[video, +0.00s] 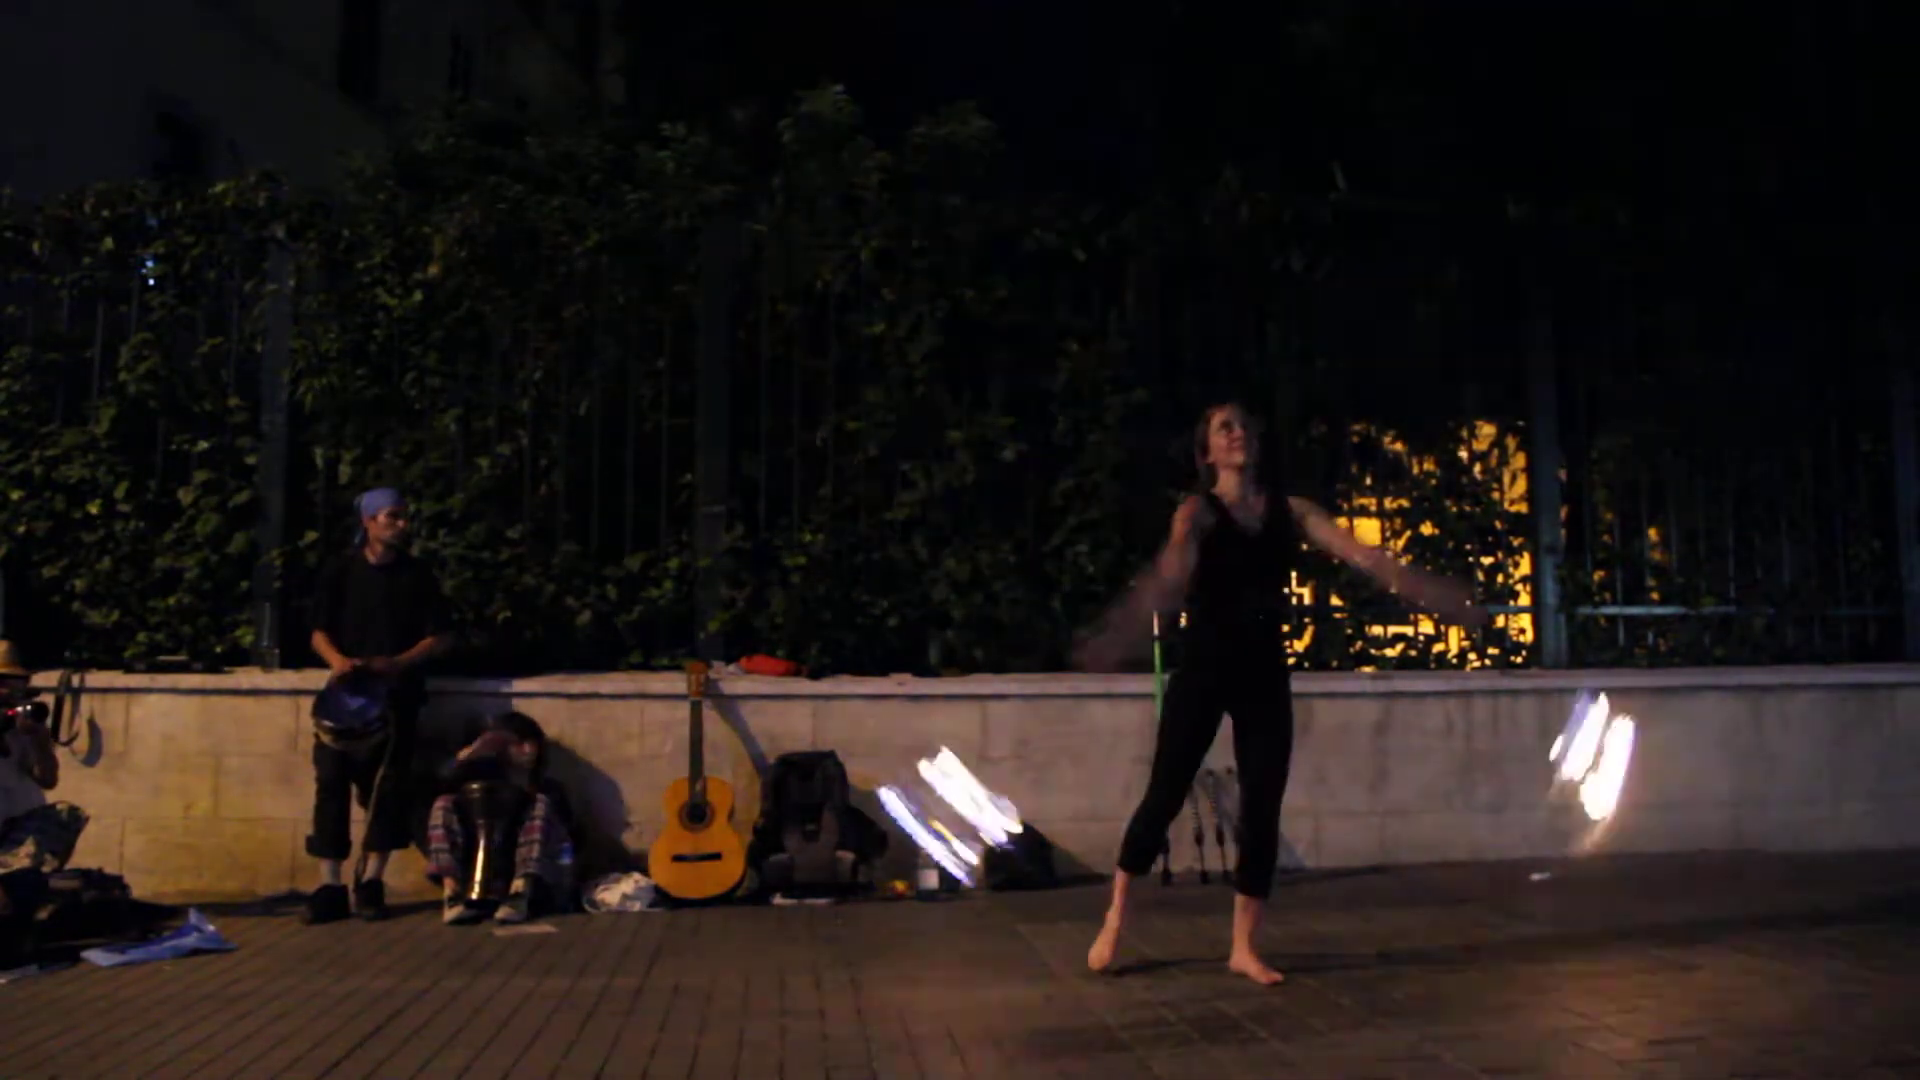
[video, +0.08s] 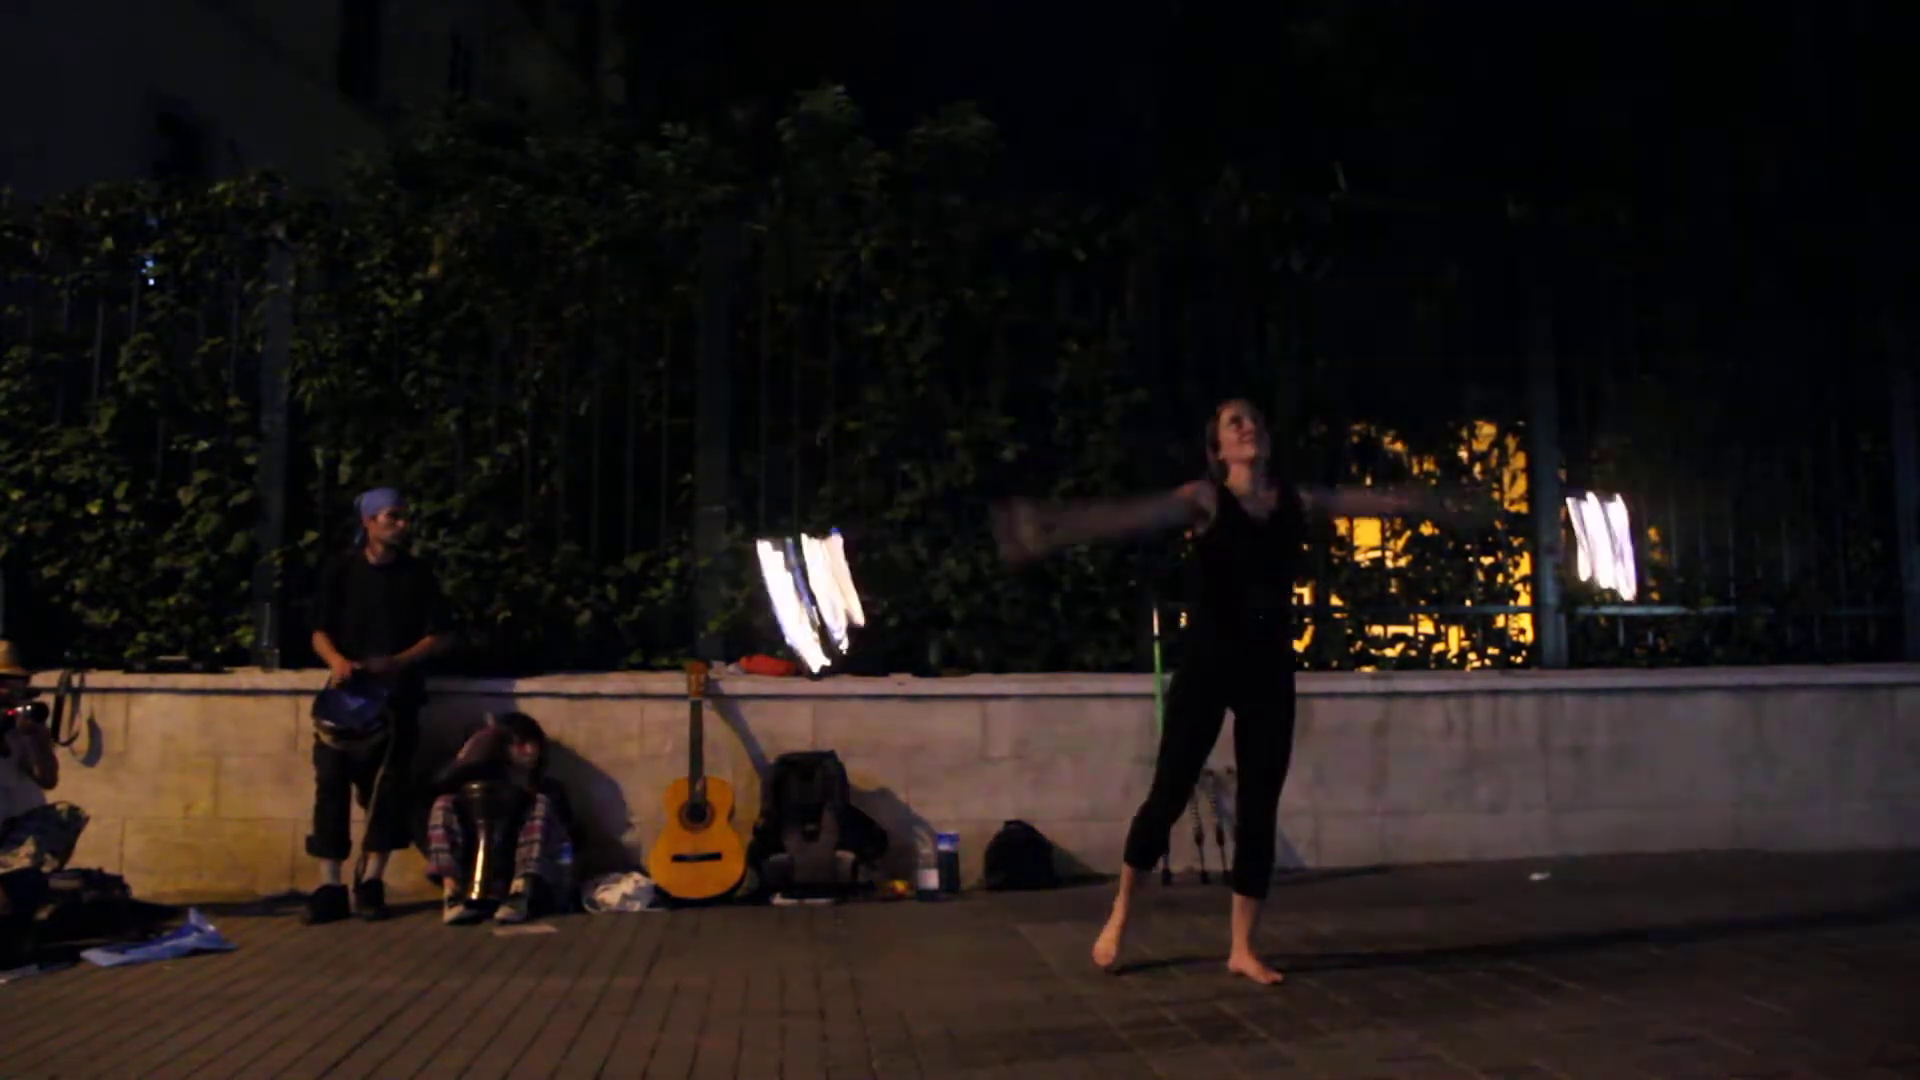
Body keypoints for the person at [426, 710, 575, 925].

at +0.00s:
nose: (527, 751)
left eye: (531, 744)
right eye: (518, 744)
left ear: (539, 749)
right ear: (498, 746)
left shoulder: (547, 786)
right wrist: (470, 754)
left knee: (541, 804)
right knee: (443, 804)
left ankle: (521, 893)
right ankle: (451, 893)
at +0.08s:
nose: (529, 751)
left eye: (534, 745)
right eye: (521, 744)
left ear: (541, 750)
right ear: (503, 748)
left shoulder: (546, 786)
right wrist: (463, 761)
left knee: (541, 804)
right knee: (443, 804)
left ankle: (520, 893)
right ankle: (451, 893)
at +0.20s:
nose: (532, 755)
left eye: (537, 748)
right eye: (524, 748)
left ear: (544, 753)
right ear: (504, 753)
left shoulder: (550, 790)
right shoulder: (487, 792)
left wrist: (542, 800)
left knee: (541, 807)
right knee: (443, 806)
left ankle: (521, 892)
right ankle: (452, 893)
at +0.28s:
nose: (531, 755)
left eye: (535, 748)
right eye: (522, 748)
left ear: (542, 752)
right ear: (503, 752)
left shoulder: (551, 789)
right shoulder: (487, 792)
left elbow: (567, 839)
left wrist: (540, 799)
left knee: (541, 806)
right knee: (443, 806)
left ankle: (521, 891)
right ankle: (452, 893)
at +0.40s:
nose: (528, 752)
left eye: (532, 746)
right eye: (521, 745)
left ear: (538, 751)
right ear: (501, 749)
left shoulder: (546, 787)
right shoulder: (484, 790)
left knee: (541, 805)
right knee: (443, 805)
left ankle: (520, 892)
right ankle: (451, 893)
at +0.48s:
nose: (526, 750)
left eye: (531, 744)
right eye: (518, 743)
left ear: (539, 750)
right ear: (499, 748)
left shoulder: (546, 788)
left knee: (541, 805)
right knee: (443, 805)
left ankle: (520, 892)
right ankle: (451, 893)